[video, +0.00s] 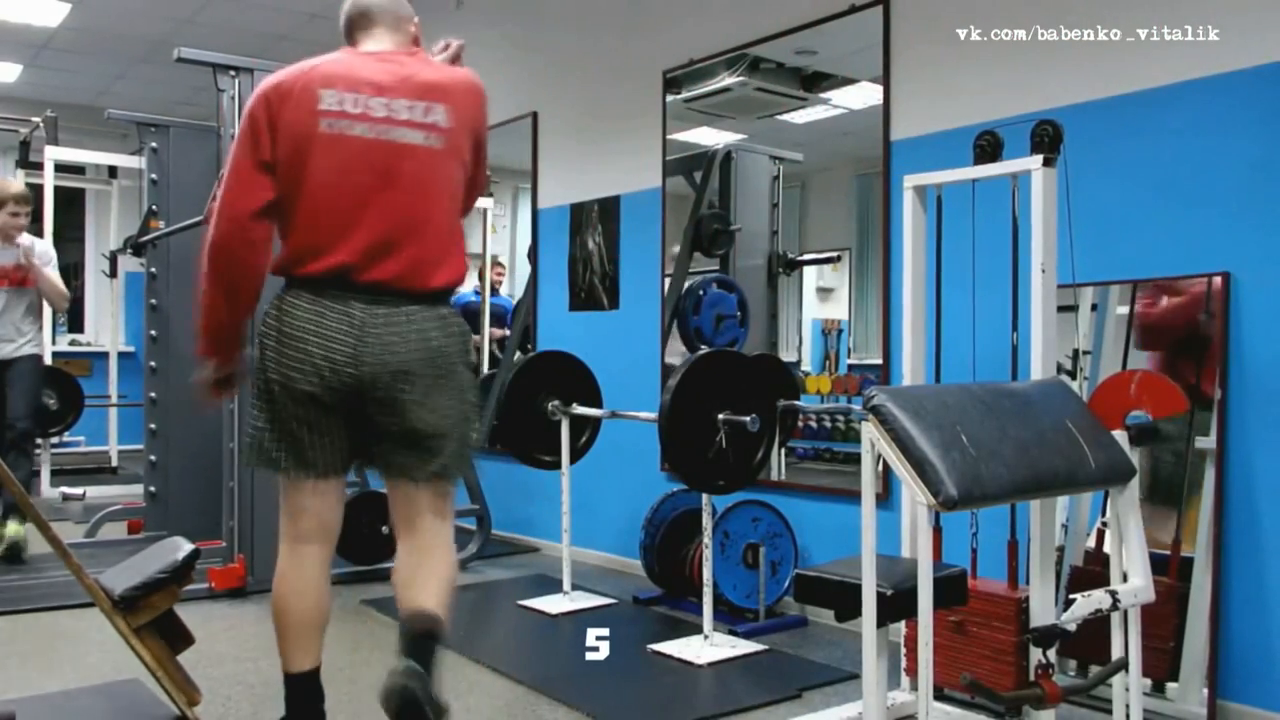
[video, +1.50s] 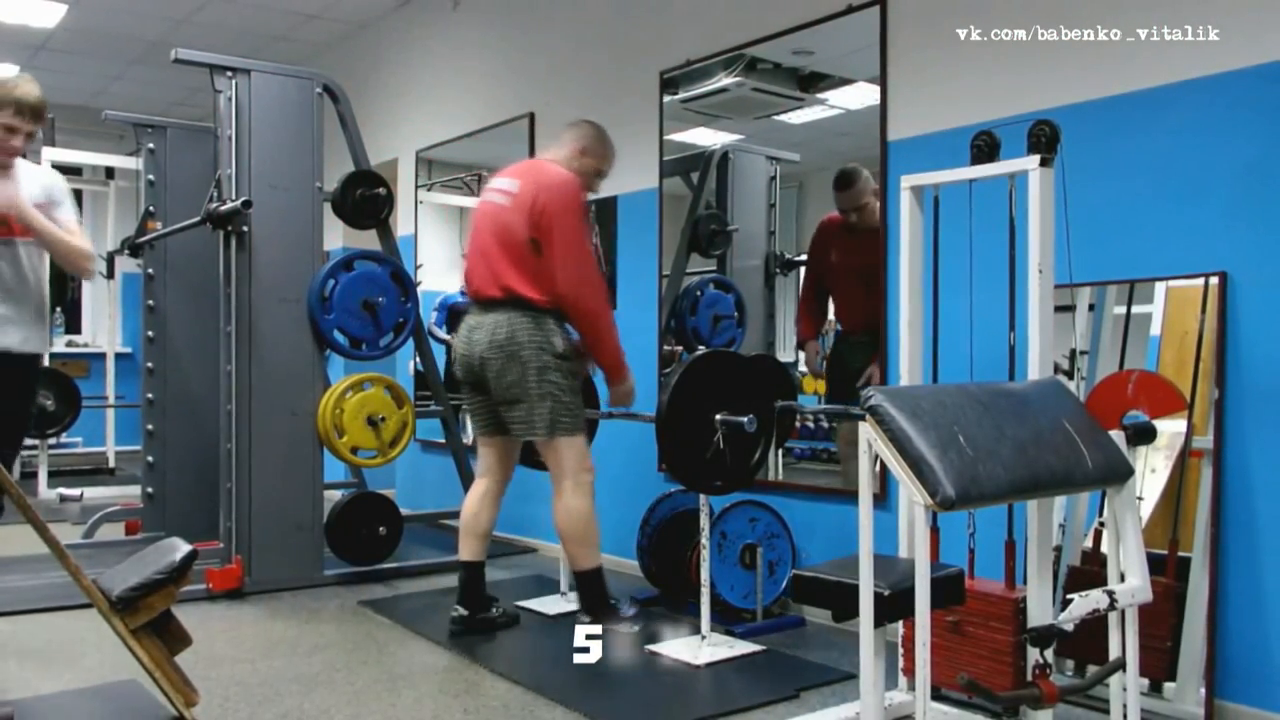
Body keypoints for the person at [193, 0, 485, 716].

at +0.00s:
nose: (424, 40)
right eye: (421, 32)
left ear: (344, 32)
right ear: (419, 34)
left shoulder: (283, 90)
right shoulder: (462, 94)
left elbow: (234, 225)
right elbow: (466, 190)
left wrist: (220, 349)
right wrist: (446, 83)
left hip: (307, 326)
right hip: (419, 331)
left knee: (306, 535)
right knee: (424, 520)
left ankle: (303, 709)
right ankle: (417, 665)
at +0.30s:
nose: (457, 102)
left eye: (456, 93)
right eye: (458, 92)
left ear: (390, 71)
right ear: (441, 77)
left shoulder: (315, 114)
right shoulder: (454, 127)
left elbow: (275, 230)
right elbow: (473, 227)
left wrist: (310, 286)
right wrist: (465, 136)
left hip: (311, 326)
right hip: (409, 335)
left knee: (311, 522)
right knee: (411, 513)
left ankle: (306, 704)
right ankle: (408, 654)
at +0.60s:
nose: (501, 125)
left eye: (501, 117)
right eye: (503, 116)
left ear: (445, 93)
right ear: (489, 103)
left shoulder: (367, 137)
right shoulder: (501, 162)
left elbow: (317, 238)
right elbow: (517, 274)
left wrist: (332, 316)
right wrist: (470, 277)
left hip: (373, 332)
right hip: (456, 339)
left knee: (363, 472)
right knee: (434, 502)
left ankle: (341, 583)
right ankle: (415, 653)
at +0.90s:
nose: (519, 152)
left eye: (520, 145)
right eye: (521, 144)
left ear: (468, 123)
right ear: (508, 131)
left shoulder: (402, 165)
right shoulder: (519, 170)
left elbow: (350, 256)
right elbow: (537, 274)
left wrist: (365, 350)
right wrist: (550, 372)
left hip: (412, 335)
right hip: (483, 340)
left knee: (436, 481)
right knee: (453, 497)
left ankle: (454, 594)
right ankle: (415, 648)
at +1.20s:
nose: (546, 174)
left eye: (551, 167)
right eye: (548, 164)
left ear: (510, 138)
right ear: (530, 142)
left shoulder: (450, 179)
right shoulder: (519, 170)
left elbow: (430, 274)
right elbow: (539, 264)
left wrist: (450, 330)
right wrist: (585, 354)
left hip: (444, 333)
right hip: (498, 328)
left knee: (480, 472)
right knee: (561, 464)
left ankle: (469, 606)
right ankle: (487, 573)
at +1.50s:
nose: (591, 188)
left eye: (596, 182)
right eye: (594, 178)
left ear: (563, 145)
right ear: (583, 156)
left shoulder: (506, 177)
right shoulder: (559, 185)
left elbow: (499, 272)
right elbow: (579, 284)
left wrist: (561, 341)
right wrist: (616, 368)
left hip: (475, 328)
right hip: (526, 331)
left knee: (491, 472)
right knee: (572, 473)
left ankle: (471, 604)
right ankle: (598, 609)